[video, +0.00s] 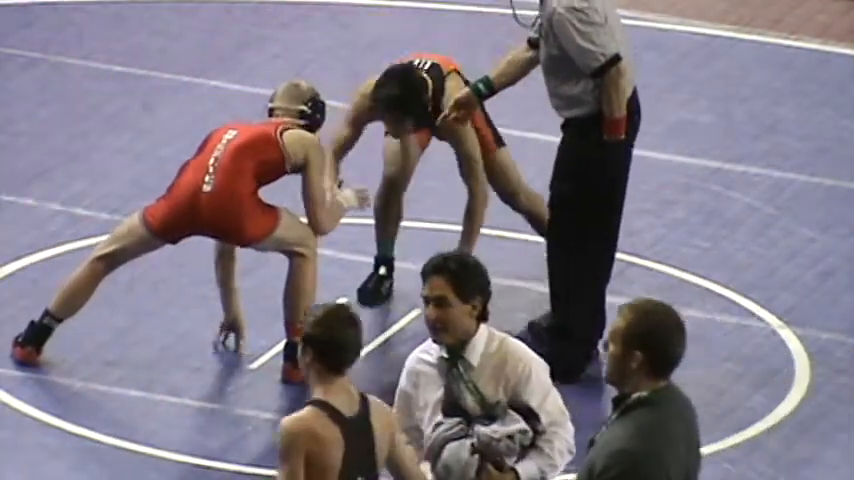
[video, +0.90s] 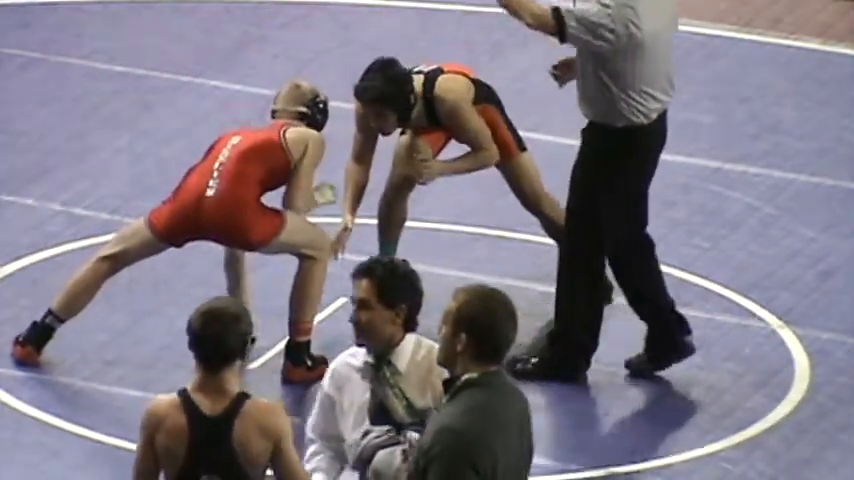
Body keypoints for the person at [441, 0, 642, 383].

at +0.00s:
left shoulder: (568, 11)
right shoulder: (554, 9)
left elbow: (615, 70)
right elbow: (530, 52)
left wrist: (614, 141)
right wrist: (476, 93)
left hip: (601, 127)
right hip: (585, 122)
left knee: (581, 235)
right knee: (564, 227)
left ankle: (574, 352)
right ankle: (566, 327)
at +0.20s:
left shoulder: (562, 17)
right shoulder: (563, 8)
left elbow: (621, 67)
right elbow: (555, 56)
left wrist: (613, 119)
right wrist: (502, 55)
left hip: (591, 130)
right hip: (603, 124)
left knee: (567, 235)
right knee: (584, 227)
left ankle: (566, 348)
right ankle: (578, 320)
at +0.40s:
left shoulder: (560, 15)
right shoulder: (593, 4)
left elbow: (598, 67)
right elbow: (563, 50)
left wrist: (587, 125)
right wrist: (528, 19)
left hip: (589, 128)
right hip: (618, 119)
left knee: (565, 226)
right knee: (596, 223)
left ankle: (563, 323)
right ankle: (590, 316)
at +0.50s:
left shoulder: (572, 15)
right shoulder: (593, 5)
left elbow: (566, 98)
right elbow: (568, 49)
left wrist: (538, 130)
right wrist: (535, 16)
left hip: (593, 130)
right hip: (619, 118)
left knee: (568, 231)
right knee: (597, 229)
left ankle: (567, 332)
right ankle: (588, 327)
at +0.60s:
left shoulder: (585, 16)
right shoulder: (609, 5)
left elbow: (530, 88)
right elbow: (584, 50)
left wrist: (485, 98)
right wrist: (545, 17)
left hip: (598, 133)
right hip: (619, 121)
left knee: (573, 239)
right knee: (593, 235)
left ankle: (574, 350)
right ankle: (583, 343)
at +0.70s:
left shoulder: (587, 18)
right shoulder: (624, 6)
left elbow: (512, 58)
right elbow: (596, 38)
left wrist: (460, 43)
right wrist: (552, 24)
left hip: (601, 134)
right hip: (627, 125)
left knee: (572, 242)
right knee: (602, 235)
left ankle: (569, 356)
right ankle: (605, 336)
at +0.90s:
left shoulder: (614, 15)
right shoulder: (662, 5)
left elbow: (535, 16)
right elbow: (640, 46)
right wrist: (583, 65)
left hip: (613, 135)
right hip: (643, 127)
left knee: (580, 245)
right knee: (625, 237)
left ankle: (568, 356)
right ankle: (668, 335)